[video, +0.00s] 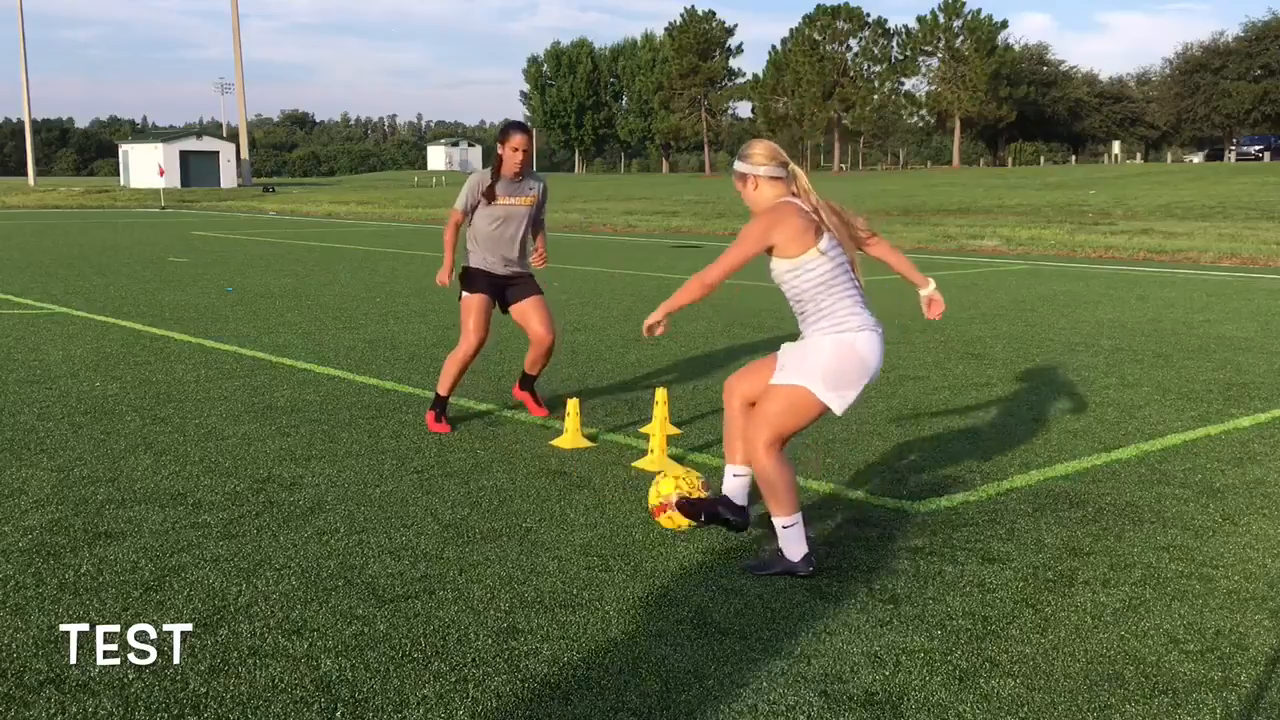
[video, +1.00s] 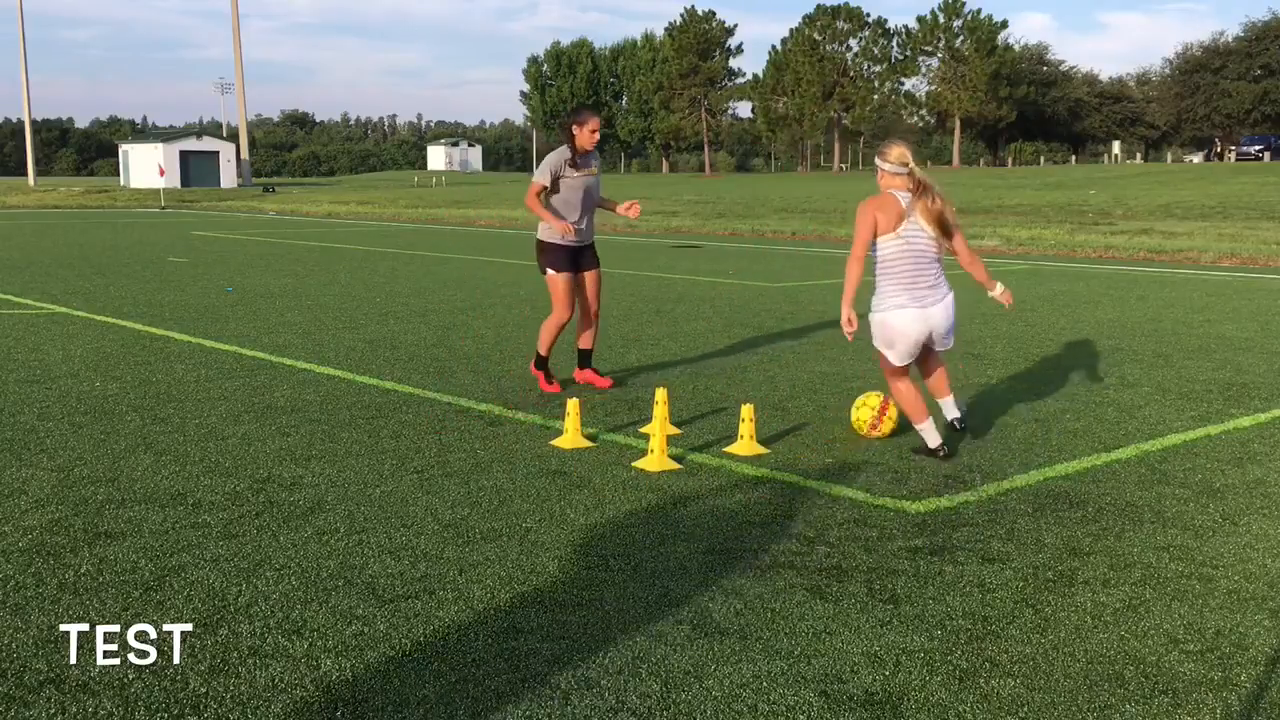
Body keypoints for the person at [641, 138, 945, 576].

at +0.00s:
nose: (741, 194)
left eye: (740, 185)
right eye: (740, 186)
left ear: (751, 180)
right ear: (782, 178)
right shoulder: (819, 210)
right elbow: (876, 245)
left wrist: (665, 309)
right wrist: (924, 283)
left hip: (842, 345)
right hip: (842, 340)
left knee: (762, 437)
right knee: (738, 390)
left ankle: (795, 554)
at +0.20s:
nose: (756, 196)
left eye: (755, 188)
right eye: (755, 189)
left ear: (767, 186)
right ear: (799, 181)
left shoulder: (789, 220)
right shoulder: (836, 213)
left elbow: (761, 277)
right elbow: (893, 248)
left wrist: (715, 327)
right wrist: (928, 271)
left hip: (845, 343)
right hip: (882, 341)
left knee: (765, 437)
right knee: (803, 418)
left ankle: (795, 554)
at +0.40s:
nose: (823, 162)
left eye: (823, 156)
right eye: (824, 156)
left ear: (830, 156)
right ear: (868, 156)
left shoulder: (828, 202)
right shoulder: (902, 195)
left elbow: (856, 254)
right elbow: (946, 240)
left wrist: (889, 306)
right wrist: (958, 248)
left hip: (849, 322)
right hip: (908, 317)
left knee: (815, 433)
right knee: (912, 427)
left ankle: (798, 531)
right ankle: (938, 508)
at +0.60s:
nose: (874, 161)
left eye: (876, 156)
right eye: (876, 155)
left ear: (886, 159)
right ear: (914, 158)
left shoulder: (875, 197)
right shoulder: (933, 196)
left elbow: (865, 256)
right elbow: (937, 252)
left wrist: (841, 309)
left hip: (883, 314)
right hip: (935, 313)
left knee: (886, 394)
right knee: (935, 421)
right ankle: (940, 503)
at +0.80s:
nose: (879, 153)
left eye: (880, 147)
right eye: (880, 147)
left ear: (886, 149)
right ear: (915, 148)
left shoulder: (873, 186)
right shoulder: (937, 185)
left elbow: (859, 238)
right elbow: (956, 233)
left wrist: (850, 286)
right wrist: (920, 221)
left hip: (894, 301)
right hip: (944, 295)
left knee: (914, 380)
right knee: (958, 372)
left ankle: (953, 460)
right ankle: (981, 428)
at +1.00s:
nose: (877, 177)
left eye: (877, 172)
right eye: (878, 172)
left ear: (882, 172)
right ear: (911, 171)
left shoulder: (872, 206)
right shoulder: (933, 203)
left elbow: (857, 257)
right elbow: (965, 255)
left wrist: (847, 304)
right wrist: (992, 286)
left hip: (896, 314)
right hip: (939, 309)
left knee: (897, 375)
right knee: (927, 353)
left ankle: (934, 443)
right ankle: (954, 415)